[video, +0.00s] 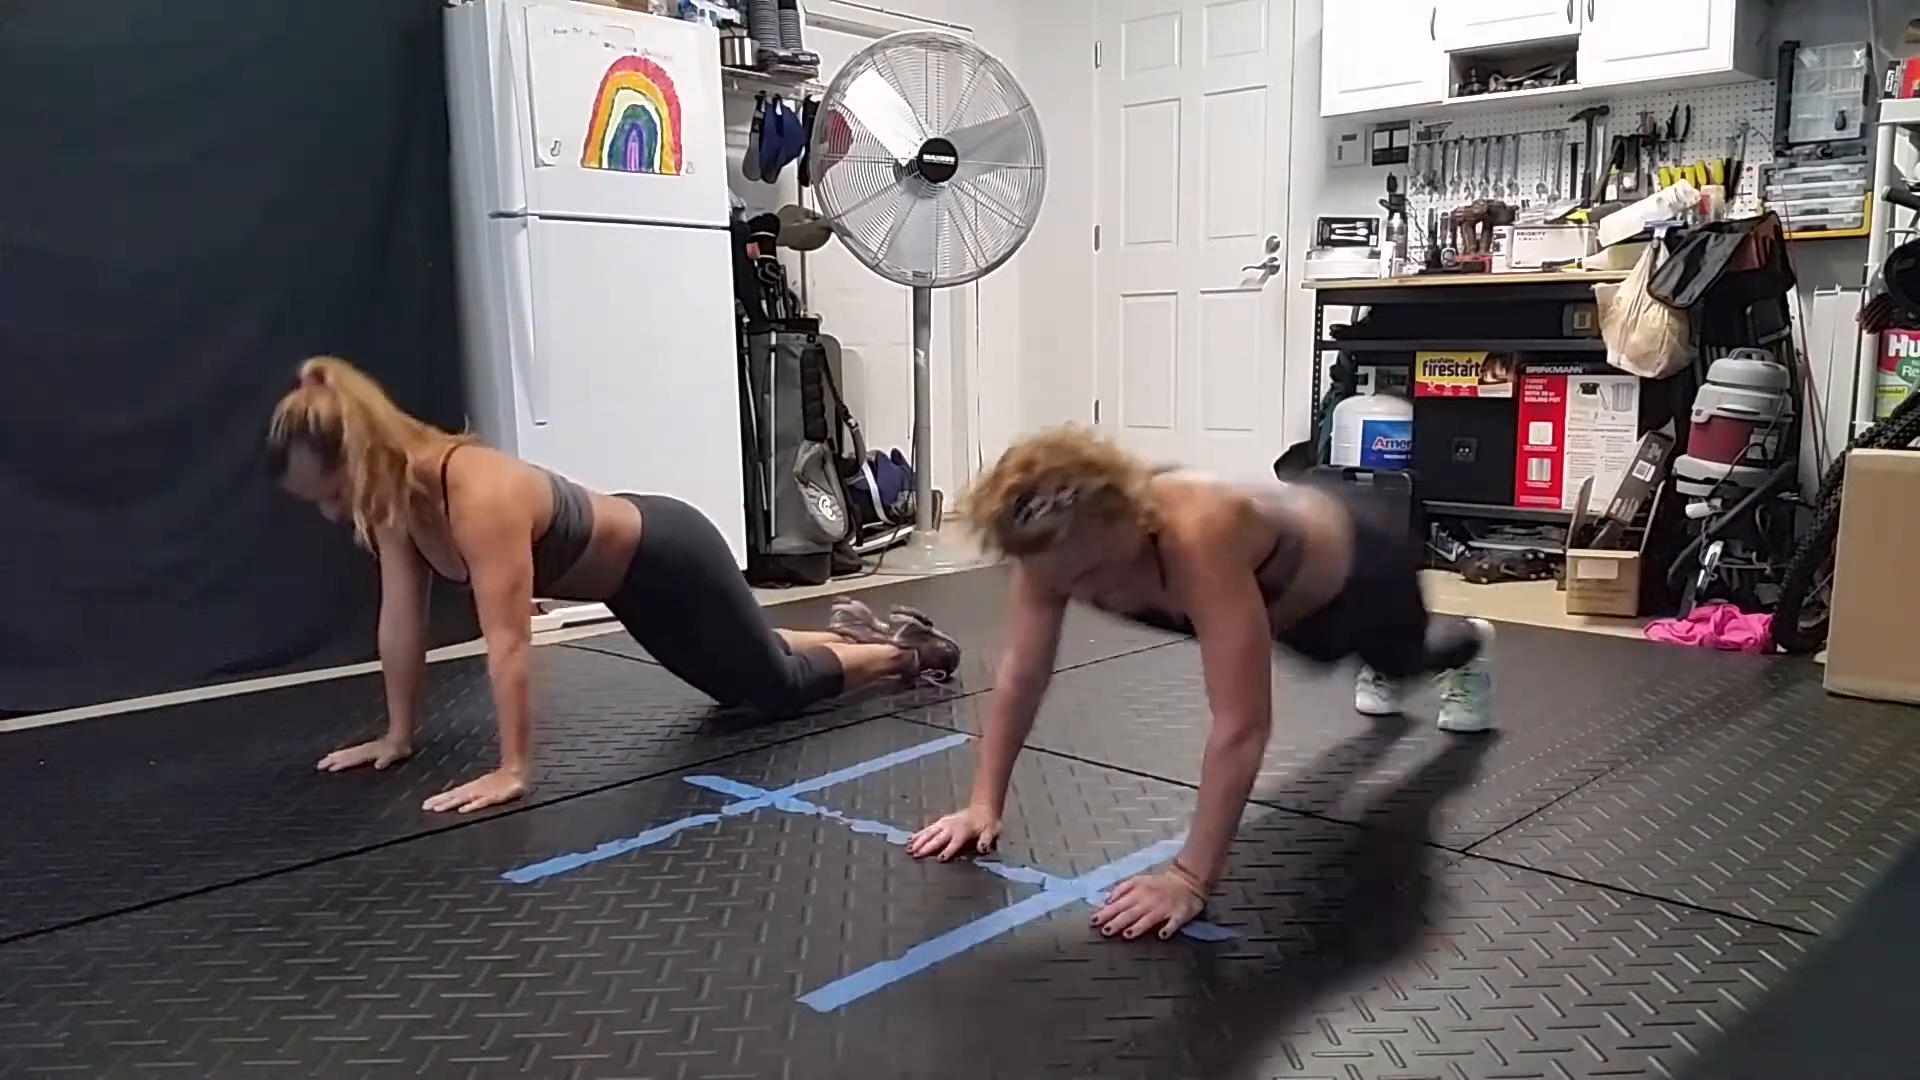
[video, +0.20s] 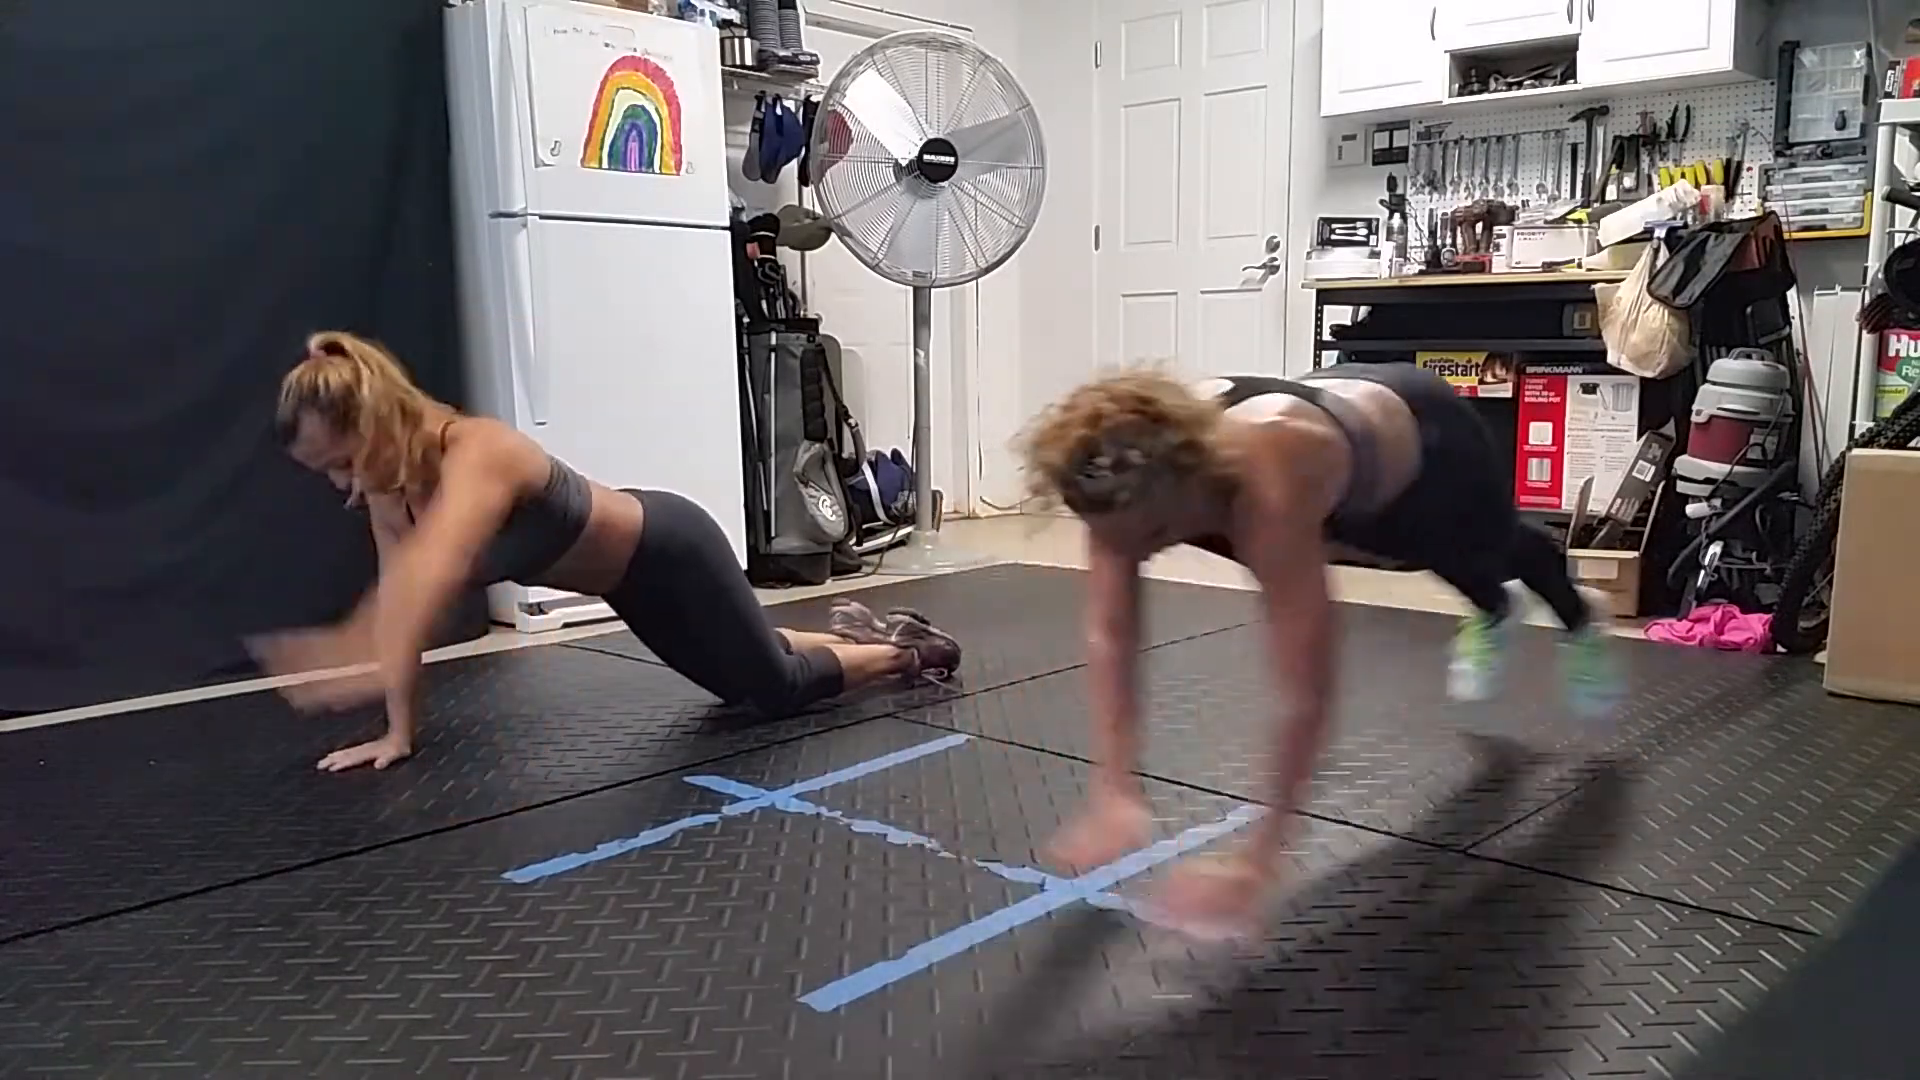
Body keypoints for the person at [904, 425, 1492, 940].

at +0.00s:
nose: (1085, 595)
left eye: (1093, 574)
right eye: (1067, 581)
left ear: (1124, 528)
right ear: (1043, 559)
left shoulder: (1202, 531)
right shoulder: (1050, 548)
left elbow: (1242, 729)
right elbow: (1019, 679)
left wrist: (1189, 876)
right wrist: (983, 803)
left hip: (1358, 567)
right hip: (1277, 596)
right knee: (1340, 642)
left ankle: (1469, 639)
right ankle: (1383, 666)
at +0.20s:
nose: (1131, 545)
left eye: (1142, 525)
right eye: (1114, 532)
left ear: (1180, 482)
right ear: (1095, 503)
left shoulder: (1269, 472)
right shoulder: (1121, 485)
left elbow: (1308, 690)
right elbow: (1110, 637)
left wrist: (1260, 857)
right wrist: (1113, 792)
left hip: (1430, 436)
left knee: (1508, 543)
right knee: (1441, 555)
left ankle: (1581, 621)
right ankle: (1497, 611)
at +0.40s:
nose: (1199, 684)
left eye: (1205, 664)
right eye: (1182, 673)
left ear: (1235, 617)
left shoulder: (1348, 576)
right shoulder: (1193, 603)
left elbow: (1461, 768)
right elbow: (1189, 724)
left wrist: (1483, 954)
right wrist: (1189, 877)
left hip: (1499, 570)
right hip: (1416, 581)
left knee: (1599, 640)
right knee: (1515, 649)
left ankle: (1694, 679)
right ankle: (1578, 678)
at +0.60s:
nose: (1203, 810)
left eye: (1207, 794)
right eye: (1187, 799)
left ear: (1240, 750)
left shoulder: (1363, 688)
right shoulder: (1212, 672)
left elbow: (1534, 786)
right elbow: (1191, 772)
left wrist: (1487, 957)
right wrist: (1188, 877)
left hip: (1519, 676)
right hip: (1436, 646)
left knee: (1615, 688)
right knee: (1532, 654)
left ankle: (1691, 668)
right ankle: (1591, 640)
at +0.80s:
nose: (1215, 977)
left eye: (1224, 959)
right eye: (1188, 964)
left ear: (1257, 903)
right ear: (1141, 875)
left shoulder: (1370, 833)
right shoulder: (1182, 748)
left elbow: (1544, 793)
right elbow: (1196, 702)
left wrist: (1487, 958)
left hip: (1498, 728)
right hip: (1387, 693)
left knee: (1604, 703)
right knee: (1518, 673)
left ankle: (1689, 665)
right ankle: (1596, 640)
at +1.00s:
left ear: (1252, 938)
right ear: (1151, 859)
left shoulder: (1367, 859)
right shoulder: (1170, 797)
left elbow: (1542, 792)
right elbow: (1189, 707)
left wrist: (1489, 958)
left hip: (1497, 735)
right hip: (1388, 710)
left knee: (1607, 705)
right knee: (1510, 679)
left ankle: (1689, 665)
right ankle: (1593, 641)